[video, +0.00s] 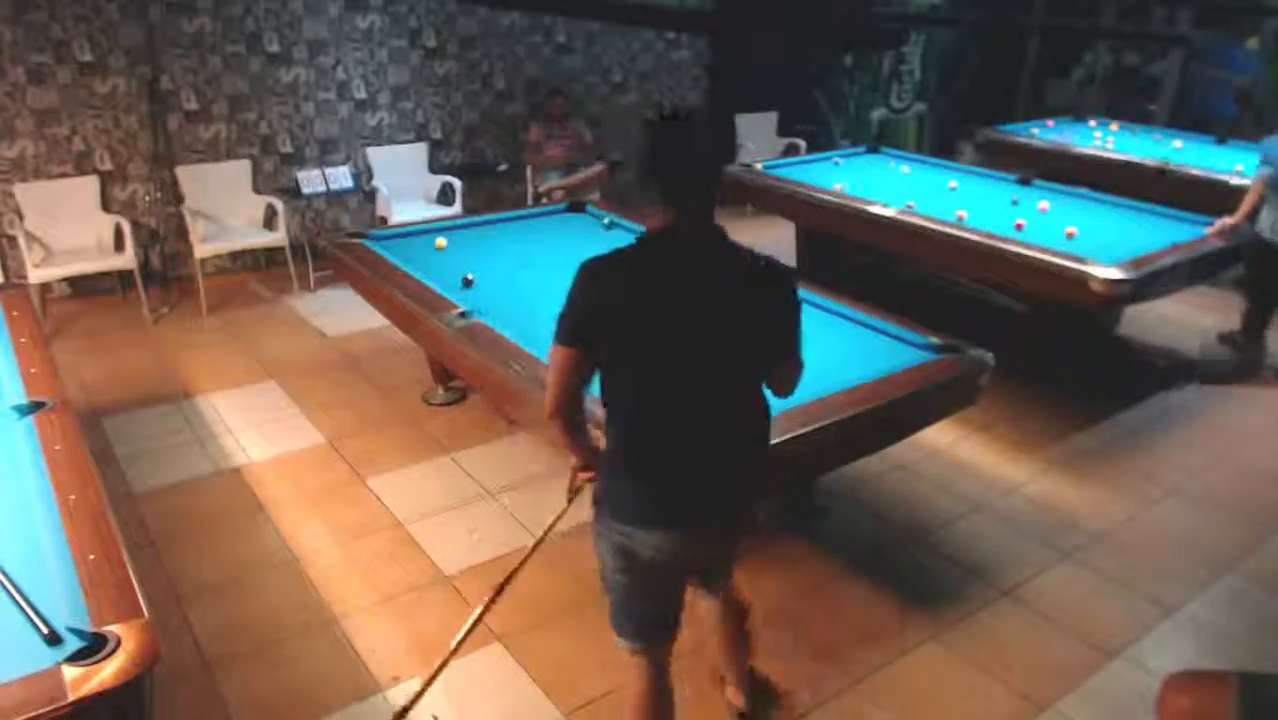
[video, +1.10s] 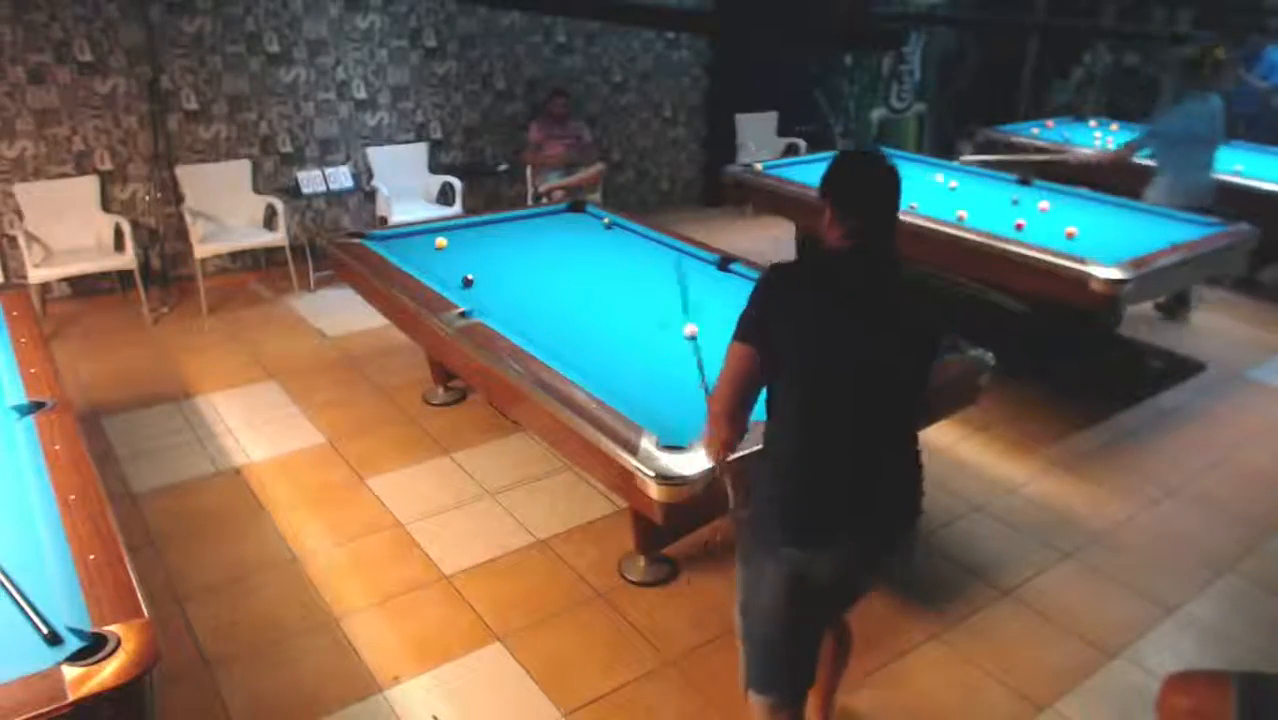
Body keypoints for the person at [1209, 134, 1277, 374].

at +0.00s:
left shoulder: (1271, 148)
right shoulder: (1270, 147)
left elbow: (1262, 181)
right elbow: (1262, 180)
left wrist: (1238, 217)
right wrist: (1239, 217)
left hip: (1269, 235)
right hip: (1267, 234)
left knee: (1261, 292)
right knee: (1260, 290)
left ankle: (1252, 341)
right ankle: (1249, 334)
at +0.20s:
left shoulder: (1266, 131)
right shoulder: (1265, 131)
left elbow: (1239, 175)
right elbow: (1241, 175)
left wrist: (1210, 203)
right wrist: (1215, 201)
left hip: (1262, 230)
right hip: (1264, 229)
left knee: (1253, 288)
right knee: (1255, 286)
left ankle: (1250, 340)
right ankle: (1248, 334)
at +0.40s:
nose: (1251, 93)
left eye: (1255, 89)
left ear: (1265, 92)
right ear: (1273, 95)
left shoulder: (1257, 125)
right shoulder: (1264, 124)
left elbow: (1222, 168)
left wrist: (1185, 186)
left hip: (1248, 219)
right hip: (1267, 217)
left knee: (1243, 274)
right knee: (1232, 266)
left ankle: (1251, 331)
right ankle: (1220, 312)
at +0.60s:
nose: (1221, 87)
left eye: (1227, 82)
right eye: (1226, 81)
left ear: (1238, 85)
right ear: (1263, 86)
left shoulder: (1233, 121)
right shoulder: (1271, 120)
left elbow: (1210, 161)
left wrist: (1180, 182)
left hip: (1224, 203)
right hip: (1256, 201)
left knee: (1224, 267)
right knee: (1204, 255)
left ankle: (1245, 326)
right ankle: (1181, 304)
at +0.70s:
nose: (1222, 88)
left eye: (1225, 83)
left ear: (1232, 85)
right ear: (1255, 86)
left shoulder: (1226, 116)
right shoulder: (1268, 119)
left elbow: (1199, 155)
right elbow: (1269, 159)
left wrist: (1168, 178)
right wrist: (1247, 172)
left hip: (1209, 192)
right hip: (1241, 193)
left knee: (1204, 254)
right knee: (1203, 252)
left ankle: (1232, 313)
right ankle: (1181, 303)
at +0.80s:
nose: (1202, 84)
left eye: (1206, 79)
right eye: (1204, 77)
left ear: (1217, 81)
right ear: (1236, 80)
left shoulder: (1212, 114)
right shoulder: (1254, 114)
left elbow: (1187, 152)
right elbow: (1256, 151)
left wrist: (1146, 167)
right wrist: (1234, 162)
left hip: (1201, 186)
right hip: (1230, 187)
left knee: (1180, 239)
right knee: (1204, 242)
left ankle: (1207, 296)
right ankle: (1179, 301)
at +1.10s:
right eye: (1221, 69)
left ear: (1187, 75)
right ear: (1211, 75)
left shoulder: (1184, 108)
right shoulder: (1215, 105)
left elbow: (1156, 130)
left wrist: (1126, 151)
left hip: (1174, 181)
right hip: (1202, 181)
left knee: (1150, 228)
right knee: (1185, 237)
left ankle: (1171, 295)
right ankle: (1179, 297)